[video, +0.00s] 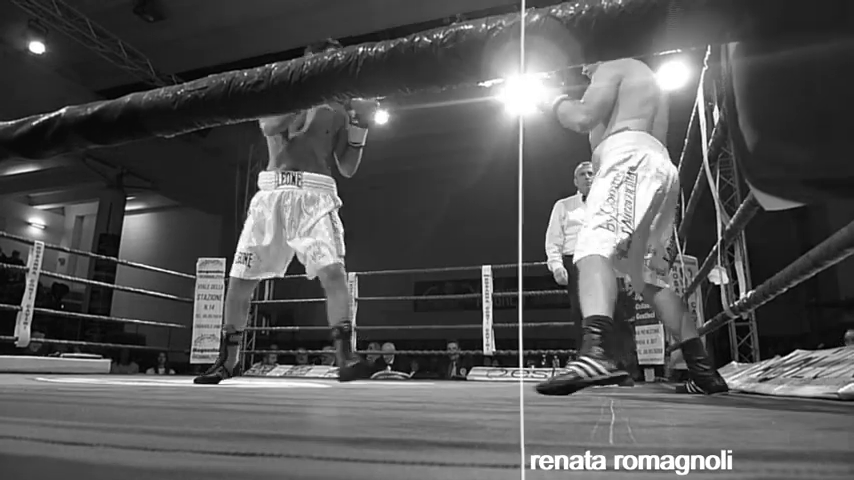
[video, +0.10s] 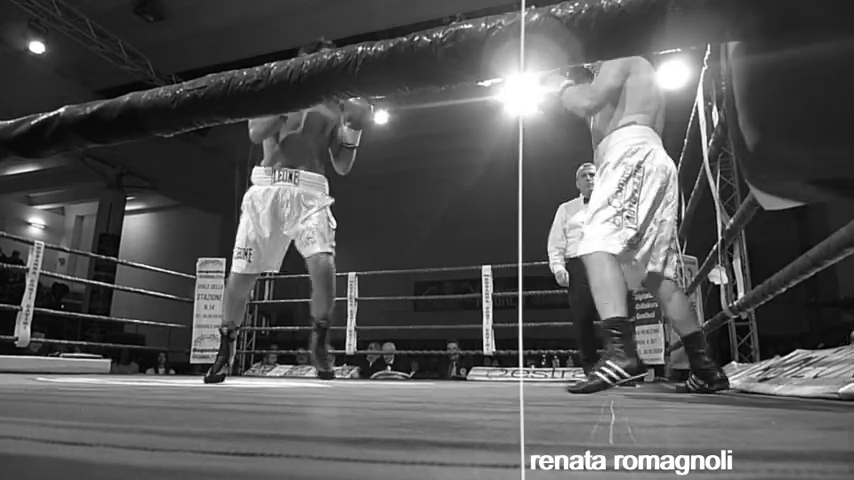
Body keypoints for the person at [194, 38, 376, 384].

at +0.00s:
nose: (322, 69)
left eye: (329, 63)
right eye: (316, 60)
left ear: (337, 69)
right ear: (303, 63)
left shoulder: (339, 109)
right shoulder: (273, 98)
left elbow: (348, 168)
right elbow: (276, 128)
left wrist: (359, 131)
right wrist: (311, 96)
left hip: (318, 196)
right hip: (272, 195)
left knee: (332, 272)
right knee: (240, 279)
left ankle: (346, 359)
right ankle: (228, 361)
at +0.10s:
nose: (316, 72)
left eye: (324, 65)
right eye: (311, 64)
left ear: (332, 70)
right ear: (298, 64)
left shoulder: (336, 109)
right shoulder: (273, 94)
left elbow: (342, 166)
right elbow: (255, 134)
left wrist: (353, 129)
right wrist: (286, 107)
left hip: (312, 192)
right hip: (267, 189)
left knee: (324, 267)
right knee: (242, 272)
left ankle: (320, 348)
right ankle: (225, 350)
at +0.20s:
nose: (305, 95)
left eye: (310, 91)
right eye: (299, 89)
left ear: (317, 95)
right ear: (284, 89)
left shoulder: (324, 130)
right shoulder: (261, 115)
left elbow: (338, 182)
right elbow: (244, 155)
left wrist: (348, 152)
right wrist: (278, 123)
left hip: (300, 214)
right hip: (256, 207)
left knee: (308, 290)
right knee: (236, 287)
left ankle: (286, 342)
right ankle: (221, 359)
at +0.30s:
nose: (307, 100)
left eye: (313, 94)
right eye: (301, 92)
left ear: (318, 100)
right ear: (287, 93)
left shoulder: (323, 134)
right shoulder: (262, 118)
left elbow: (338, 185)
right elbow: (243, 161)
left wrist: (346, 152)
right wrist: (278, 130)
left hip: (301, 219)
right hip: (259, 212)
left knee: (298, 297)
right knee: (235, 289)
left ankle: (265, 353)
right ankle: (221, 360)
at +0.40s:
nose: (321, 90)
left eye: (323, 85)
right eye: (315, 83)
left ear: (327, 89)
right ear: (296, 83)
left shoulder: (329, 119)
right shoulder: (268, 107)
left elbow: (344, 169)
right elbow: (251, 149)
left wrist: (351, 130)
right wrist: (287, 122)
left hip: (311, 203)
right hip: (271, 199)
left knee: (317, 284)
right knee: (245, 280)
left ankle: (280, 342)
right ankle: (224, 354)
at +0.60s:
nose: (341, 109)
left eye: (345, 107)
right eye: (338, 100)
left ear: (340, 110)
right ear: (318, 95)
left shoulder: (337, 139)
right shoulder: (291, 116)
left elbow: (351, 189)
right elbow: (306, 139)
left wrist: (371, 162)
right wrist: (332, 117)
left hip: (328, 216)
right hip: (288, 214)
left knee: (366, 283)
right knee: (264, 292)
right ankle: (244, 351)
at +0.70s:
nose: (365, 120)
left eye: (367, 115)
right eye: (358, 112)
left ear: (363, 119)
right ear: (341, 109)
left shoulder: (359, 156)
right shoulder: (319, 132)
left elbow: (359, 209)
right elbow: (352, 146)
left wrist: (378, 184)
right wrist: (377, 111)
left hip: (348, 233)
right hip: (310, 230)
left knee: (390, 295)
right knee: (276, 299)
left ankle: (413, 367)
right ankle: (243, 358)